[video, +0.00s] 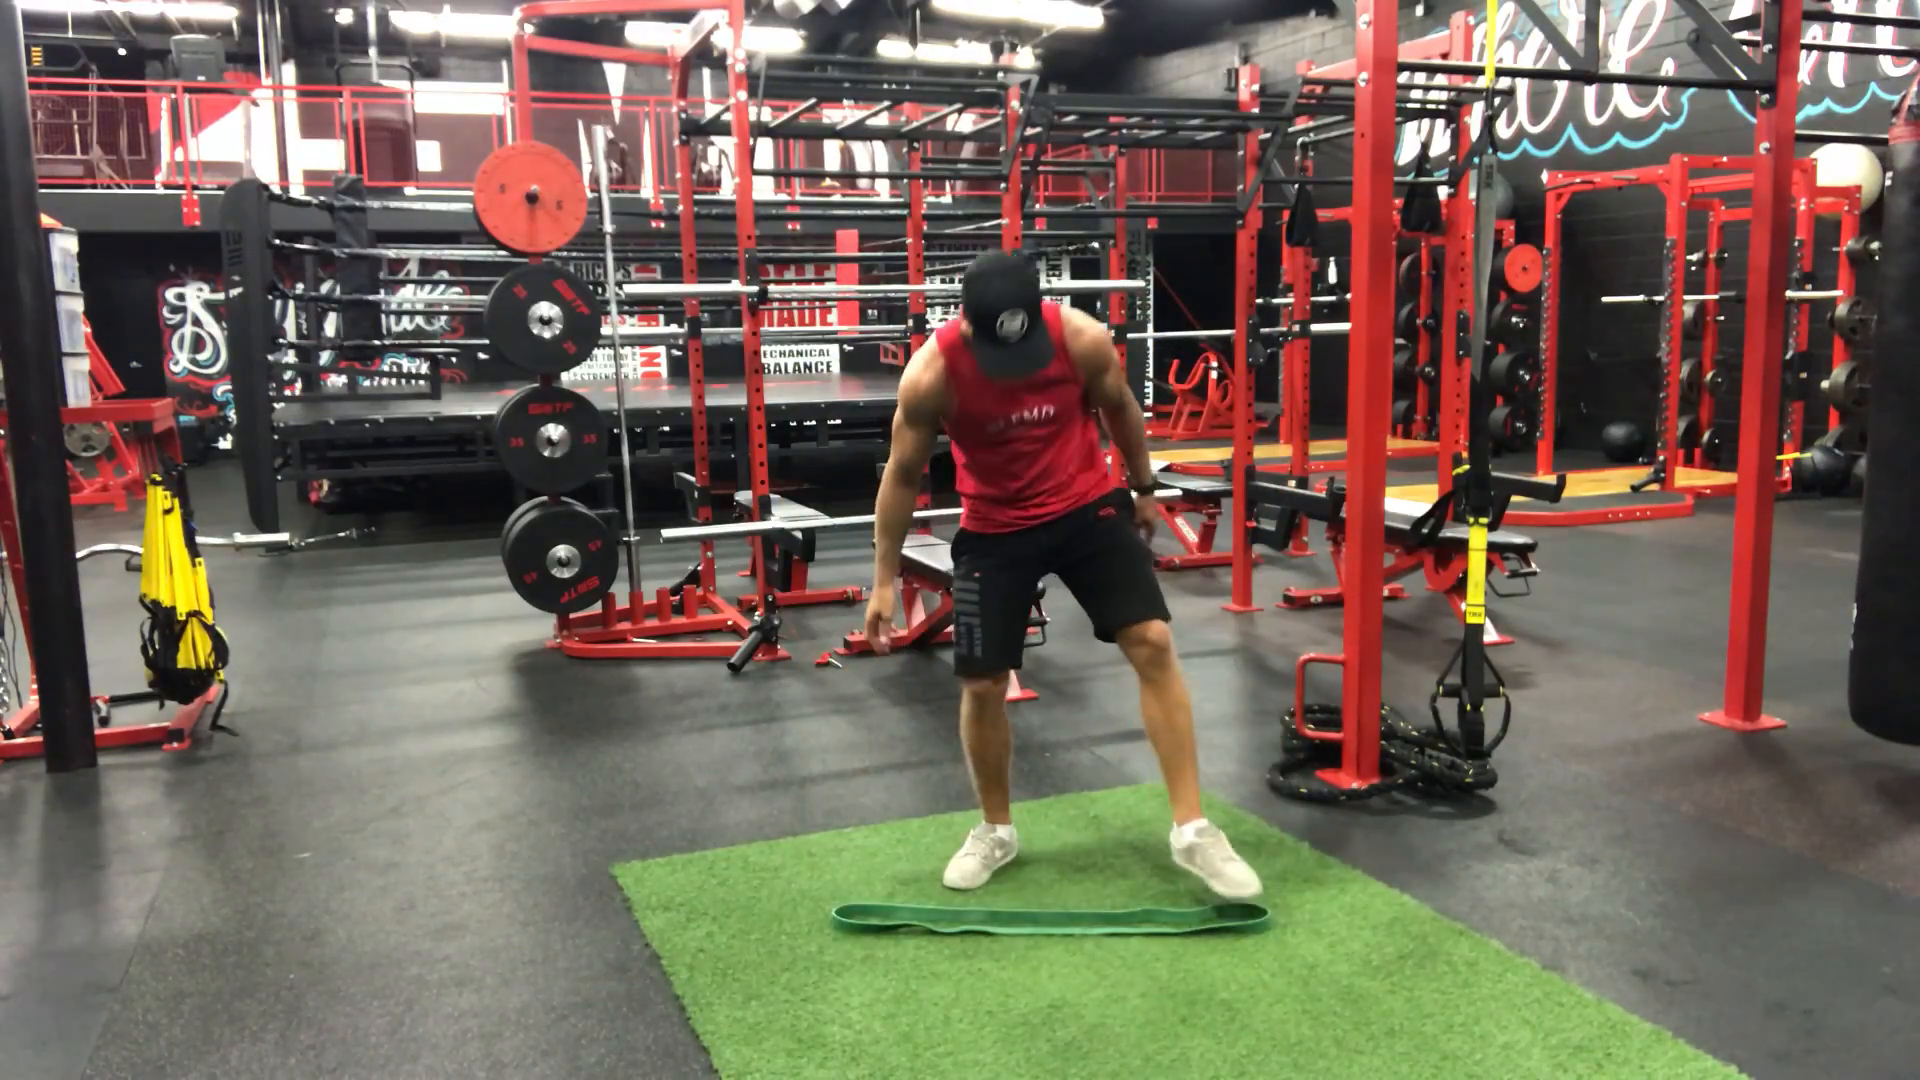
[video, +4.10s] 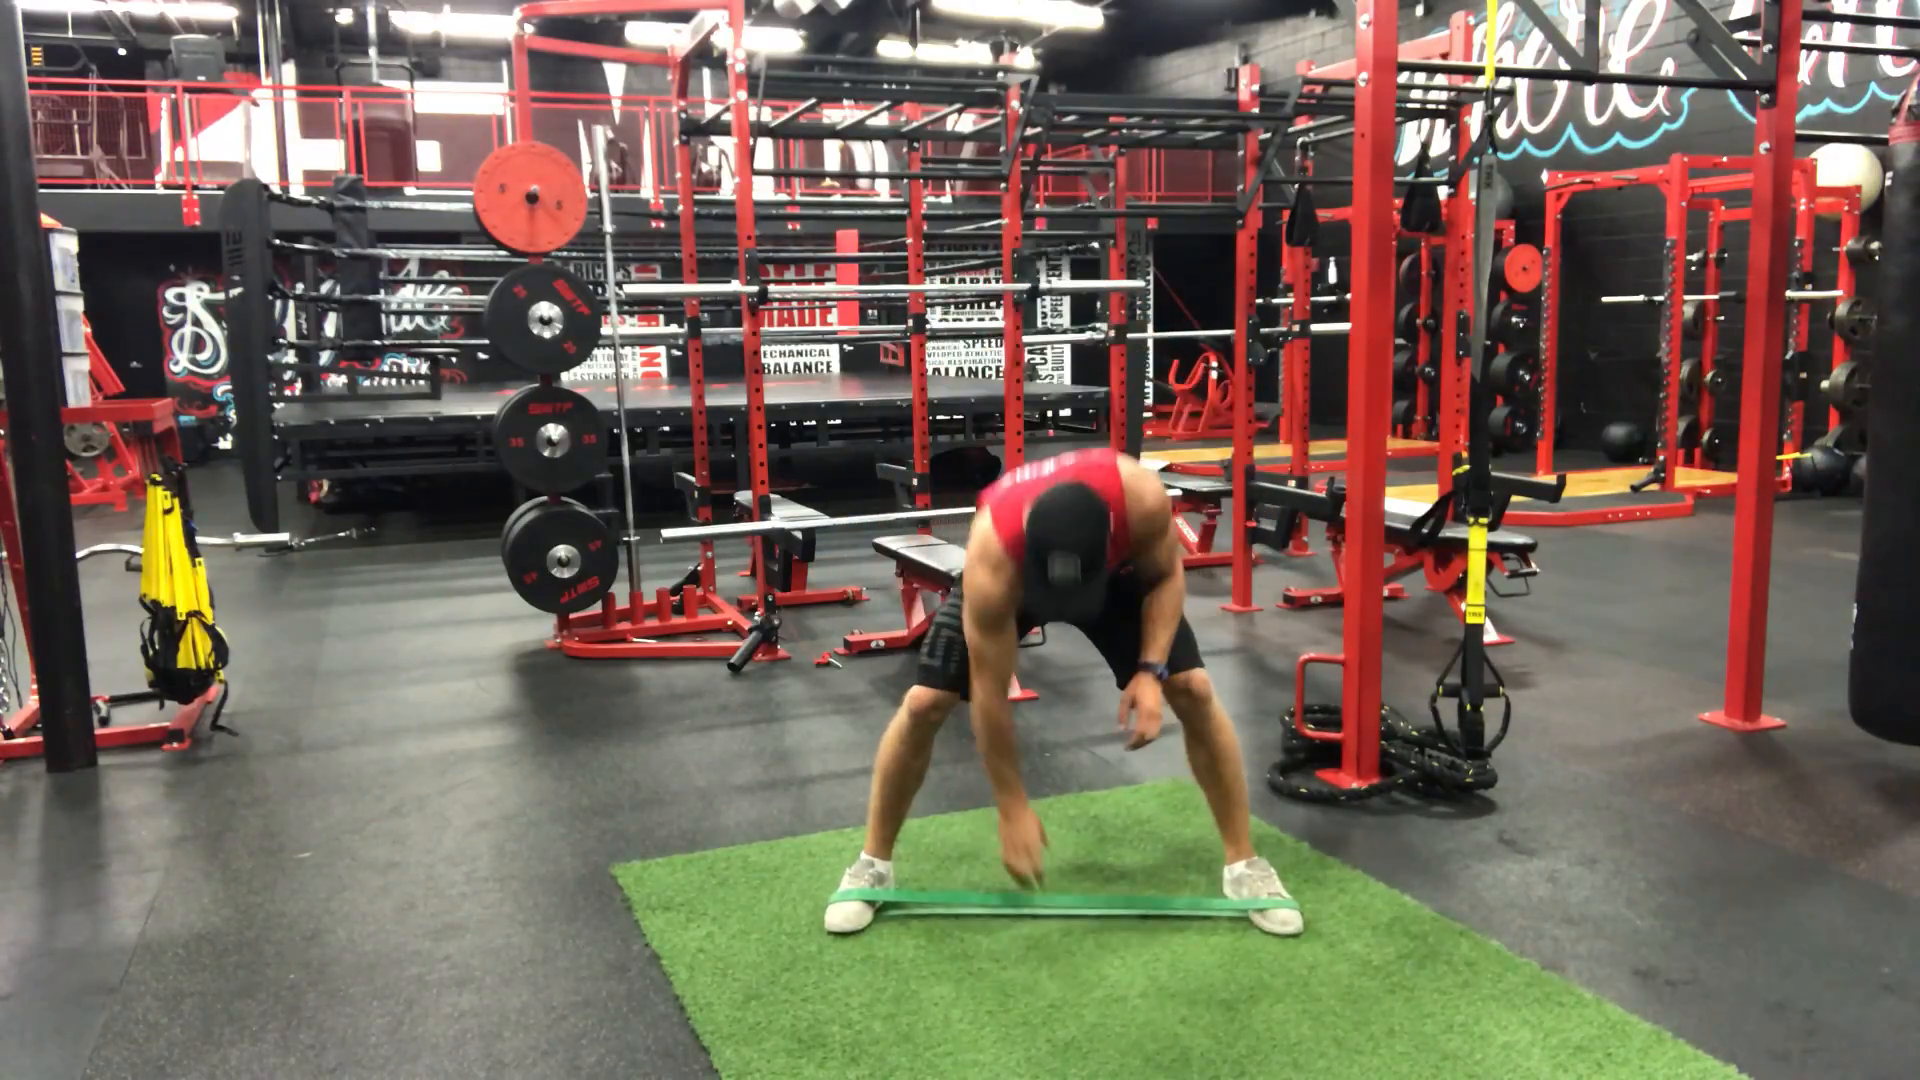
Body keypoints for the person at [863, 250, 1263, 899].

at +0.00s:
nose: (1013, 358)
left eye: (1023, 341)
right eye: (997, 347)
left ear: (1039, 314)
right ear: (968, 324)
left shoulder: (1085, 344)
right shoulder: (929, 377)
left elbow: (1121, 410)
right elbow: (901, 477)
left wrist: (1144, 490)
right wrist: (883, 579)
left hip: (1088, 513)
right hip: (994, 531)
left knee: (1153, 641)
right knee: (983, 683)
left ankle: (1192, 827)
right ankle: (995, 829)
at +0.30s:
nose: (1081, 314)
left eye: (1094, 298)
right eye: (1068, 298)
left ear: (1116, 271)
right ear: (1042, 271)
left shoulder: (1153, 320)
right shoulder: (997, 328)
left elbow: (1191, 409)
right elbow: (946, 427)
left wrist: (1219, 506)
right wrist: (906, 528)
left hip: (1134, 530)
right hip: (1034, 535)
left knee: (1178, 684)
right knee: (1002, 688)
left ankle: (1188, 850)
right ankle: (996, 831)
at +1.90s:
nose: (1040, 314)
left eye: (1053, 299)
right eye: (1027, 300)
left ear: (1077, 271)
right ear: (1002, 271)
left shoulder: (1120, 318)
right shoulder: (959, 325)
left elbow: (1183, 408)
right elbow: (911, 428)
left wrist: (1250, 491)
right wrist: (868, 531)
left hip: (1100, 547)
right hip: (989, 551)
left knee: (1159, 702)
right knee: (933, 708)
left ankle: (1201, 861)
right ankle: (892, 865)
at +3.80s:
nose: (1056, 364)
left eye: (1071, 349)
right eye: (1043, 349)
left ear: (1098, 318)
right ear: (1019, 317)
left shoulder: (1137, 363)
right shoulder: (975, 373)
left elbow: (1204, 462)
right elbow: (923, 488)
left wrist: (1215, 561)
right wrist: (914, 608)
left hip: (1110, 557)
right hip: (1001, 559)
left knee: (1183, 697)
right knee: (930, 704)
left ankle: (1242, 862)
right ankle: (874, 863)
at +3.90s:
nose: (1061, 437)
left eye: (1076, 426)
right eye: (1047, 426)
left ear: (1104, 395)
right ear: (1024, 393)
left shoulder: (1143, 412)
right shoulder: (981, 421)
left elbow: (1191, 515)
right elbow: (940, 553)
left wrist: (1193, 622)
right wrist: (952, 677)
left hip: (1109, 564)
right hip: (1000, 567)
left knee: (1187, 696)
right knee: (927, 703)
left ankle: (1243, 864)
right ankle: (873, 861)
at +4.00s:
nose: (1065, 532)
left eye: (1080, 523)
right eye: (1050, 524)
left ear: (1107, 478)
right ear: (1026, 481)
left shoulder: (1143, 458)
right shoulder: (985, 489)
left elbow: (1177, 553)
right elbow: (967, 627)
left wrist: (1168, 657)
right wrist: (984, 748)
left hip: (1112, 566)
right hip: (1005, 572)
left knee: (1192, 694)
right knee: (922, 701)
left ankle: (1243, 863)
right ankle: (872, 860)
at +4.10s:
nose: (1061, 603)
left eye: (1076, 590)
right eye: (1047, 591)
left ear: (1109, 544)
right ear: (1025, 552)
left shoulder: (1145, 501)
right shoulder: (989, 559)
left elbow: (1166, 576)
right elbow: (989, 694)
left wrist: (1150, 671)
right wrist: (1012, 809)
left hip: (1116, 574)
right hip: (1003, 577)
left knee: (1195, 692)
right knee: (922, 703)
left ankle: (1243, 862)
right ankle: (872, 861)